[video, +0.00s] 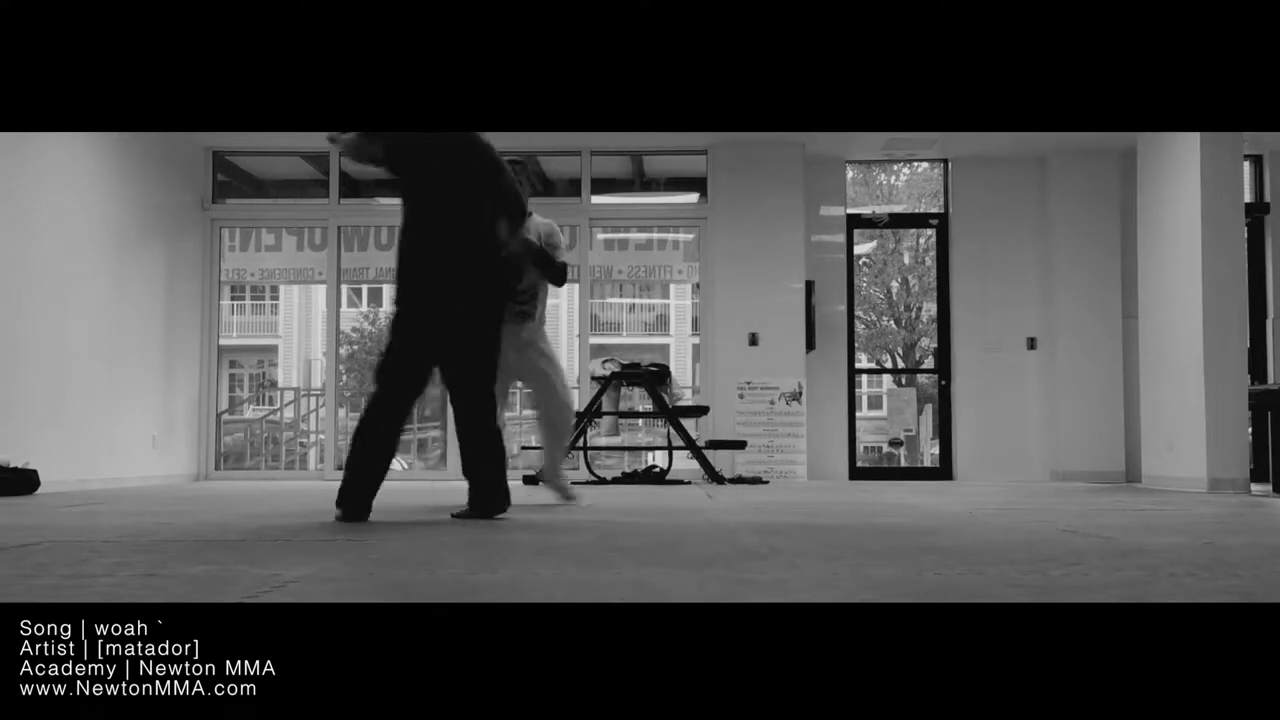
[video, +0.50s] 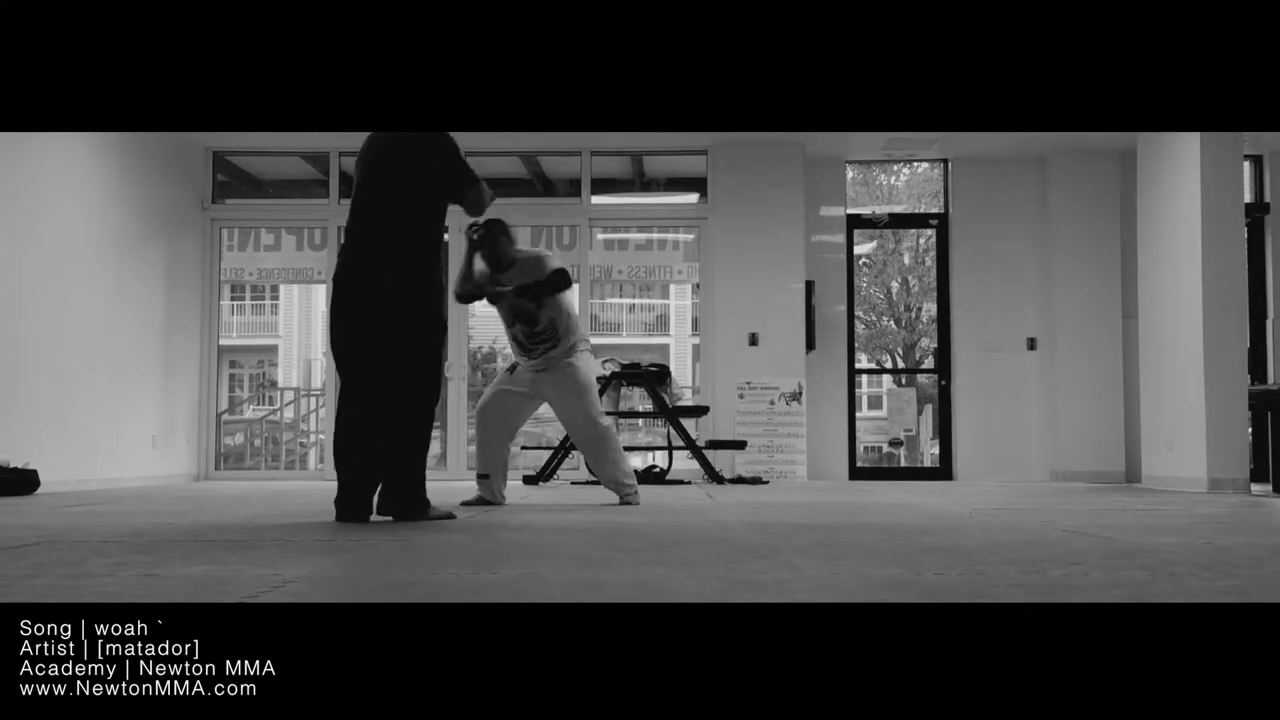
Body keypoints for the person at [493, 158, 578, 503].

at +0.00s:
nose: (514, 194)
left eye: (519, 186)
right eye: (507, 187)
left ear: (528, 191)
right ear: (496, 193)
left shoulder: (543, 229)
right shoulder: (487, 230)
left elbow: (560, 277)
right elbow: (476, 277)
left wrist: (530, 250)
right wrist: (504, 252)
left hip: (530, 337)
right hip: (493, 337)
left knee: (559, 403)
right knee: (487, 411)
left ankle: (552, 471)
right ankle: (487, 483)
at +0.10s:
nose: (519, 193)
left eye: (525, 187)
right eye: (514, 186)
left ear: (538, 193)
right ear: (505, 192)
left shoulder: (552, 233)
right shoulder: (489, 231)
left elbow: (555, 279)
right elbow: (474, 273)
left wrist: (527, 244)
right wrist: (505, 256)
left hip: (540, 348)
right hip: (496, 348)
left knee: (574, 421)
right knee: (491, 427)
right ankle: (489, 495)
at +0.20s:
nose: (530, 205)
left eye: (537, 199)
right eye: (525, 198)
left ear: (551, 203)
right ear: (517, 202)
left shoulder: (564, 238)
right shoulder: (504, 237)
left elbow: (564, 275)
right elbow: (484, 283)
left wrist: (540, 234)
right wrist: (504, 262)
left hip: (554, 357)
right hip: (507, 356)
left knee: (587, 426)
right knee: (487, 421)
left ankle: (623, 488)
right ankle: (492, 488)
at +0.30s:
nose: (536, 223)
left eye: (544, 216)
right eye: (532, 216)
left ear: (558, 219)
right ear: (524, 219)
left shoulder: (572, 252)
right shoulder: (511, 250)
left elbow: (565, 283)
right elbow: (491, 298)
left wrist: (539, 257)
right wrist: (500, 272)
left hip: (562, 361)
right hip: (516, 363)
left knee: (595, 422)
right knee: (487, 418)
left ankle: (623, 490)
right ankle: (488, 485)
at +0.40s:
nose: (517, 239)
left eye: (524, 232)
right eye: (512, 232)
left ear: (539, 231)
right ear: (506, 233)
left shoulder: (564, 256)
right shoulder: (504, 260)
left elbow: (564, 292)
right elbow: (481, 300)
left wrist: (519, 274)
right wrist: (487, 258)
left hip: (568, 361)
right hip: (523, 365)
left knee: (598, 424)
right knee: (487, 416)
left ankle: (624, 492)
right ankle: (487, 493)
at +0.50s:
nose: (488, 255)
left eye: (492, 247)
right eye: (483, 249)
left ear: (507, 242)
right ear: (481, 251)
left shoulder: (536, 260)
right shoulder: (489, 277)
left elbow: (563, 279)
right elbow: (463, 294)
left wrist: (517, 292)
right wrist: (469, 250)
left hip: (567, 359)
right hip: (525, 366)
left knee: (589, 424)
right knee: (490, 414)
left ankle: (628, 491)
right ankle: (491, 493)